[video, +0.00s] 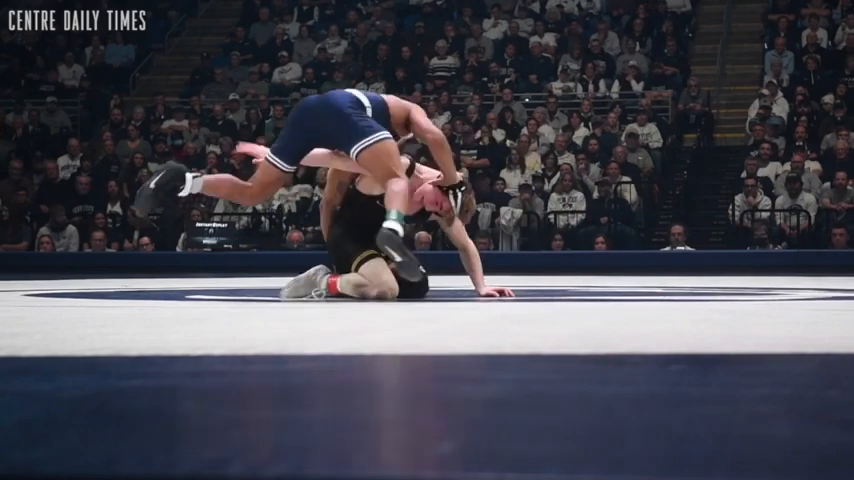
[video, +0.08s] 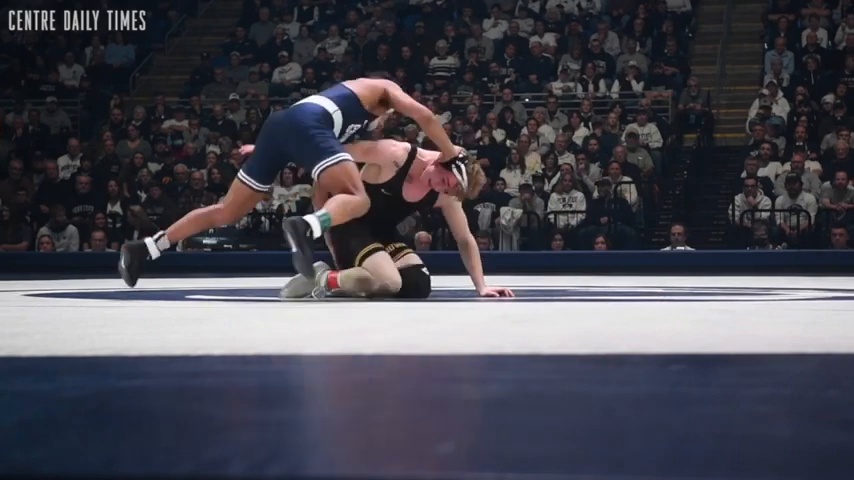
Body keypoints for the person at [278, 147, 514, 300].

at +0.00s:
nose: (433, 210)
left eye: (439, 211)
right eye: (439, 204)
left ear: (441, 209)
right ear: (438, 184)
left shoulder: (432, 196)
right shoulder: (392, 166)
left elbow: (465, 244)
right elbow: (334, 158)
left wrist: (482, 288)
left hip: (381, 238)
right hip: (347, 232)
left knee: (412, 289)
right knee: (386, 288)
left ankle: (354, 281)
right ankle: (322, 283)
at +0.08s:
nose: (440, 190)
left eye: (448, 191)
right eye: (444, 181)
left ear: (452, 190)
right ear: (441, 161)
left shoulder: (445, 192)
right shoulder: (394, 153)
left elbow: (465, 240)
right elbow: (334, 151)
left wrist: (482, 287)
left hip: (384, 232)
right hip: (350, 223)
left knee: (417, 285)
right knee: (388, 282)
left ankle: (349, 285)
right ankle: (322, 278)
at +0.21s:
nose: (446, 156)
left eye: (452, 153)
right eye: (446, 149)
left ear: (455, 151)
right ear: (434, 133)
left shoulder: (449, 171)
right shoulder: (387, 140)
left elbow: (461, 228)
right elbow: (329, 155)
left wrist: (476, 282)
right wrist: (281, 169)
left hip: (397, 222)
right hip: (360, 209)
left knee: (418, 283)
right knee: (405, 232)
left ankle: (360, 287)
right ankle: (338, 272)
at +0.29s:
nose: (443, 150)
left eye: (450, 146)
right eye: (439, 142)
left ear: (454, 144)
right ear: (425, 133)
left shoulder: (451, 164)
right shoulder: (384, 139)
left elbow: (463, 217)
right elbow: (328, 158)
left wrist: (477, 272)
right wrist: (286, 190)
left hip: (408, 218)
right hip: (366, 207)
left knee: (420, 284)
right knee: (423, 194)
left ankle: (366, 281)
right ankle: (384, 270)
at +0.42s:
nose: (403, 138)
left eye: (411, 132)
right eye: (399, 130)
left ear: (424, 123)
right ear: (391, 121)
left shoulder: (444, 128)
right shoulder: (370, 131)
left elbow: (475, 163)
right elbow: (324, 144)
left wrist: (477, 215)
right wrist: (303, 187)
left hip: (419, 201)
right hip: (382, 200)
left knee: (421, 285)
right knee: (429, 194)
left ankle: (363, 286)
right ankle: (452, 275)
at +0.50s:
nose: (374, 125)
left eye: (379, 118)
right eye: (368, 119)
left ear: (396, 106)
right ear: (363, 112)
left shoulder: (431, 103)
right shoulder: (356, 124)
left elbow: (460, 126)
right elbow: (334, 153)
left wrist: (462, 175)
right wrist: (341, 201)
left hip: (430, 176)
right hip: (391, 181)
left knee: (425, 270)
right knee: (434, 193)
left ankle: (376, 282)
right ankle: (454, 276)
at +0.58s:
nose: (351, 111)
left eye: (355, 105)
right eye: (347, 106)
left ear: (373, 91)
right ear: (343, 100)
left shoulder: (415, 85)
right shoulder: (346, 108)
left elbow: (451, 113)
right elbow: (346, 145)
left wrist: (437, 156)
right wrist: (350, 191)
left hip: (426, 160)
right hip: (389, 163)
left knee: (446, 234)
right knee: (422, 193)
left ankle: (400, 266)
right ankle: (451, 273)